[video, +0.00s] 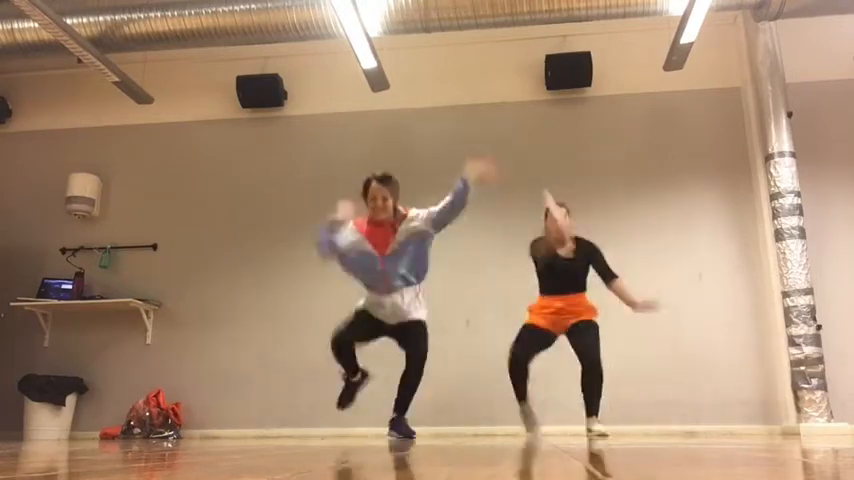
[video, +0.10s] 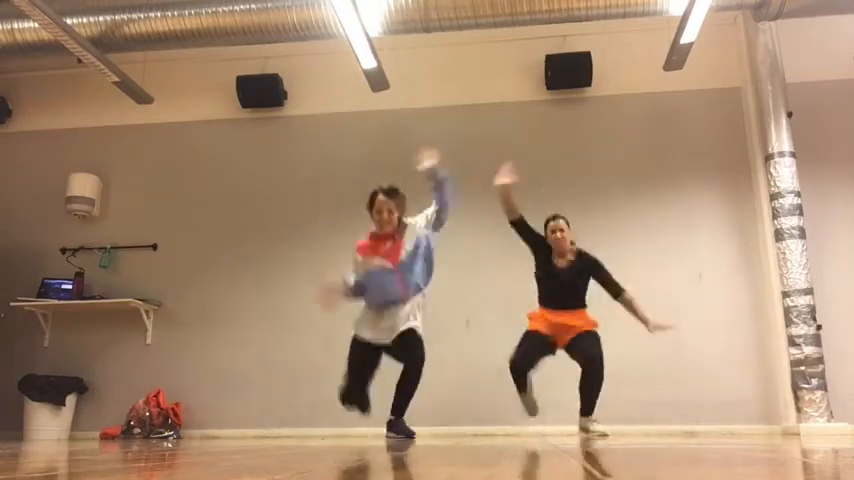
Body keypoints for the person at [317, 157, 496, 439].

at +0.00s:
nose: (378, 204)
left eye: (384, 198)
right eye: (373, 199)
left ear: (395, 200)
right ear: (366, 202)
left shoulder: (416, 224)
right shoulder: (354, 232)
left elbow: (447, 211)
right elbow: (327, 250)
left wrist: (466, 182)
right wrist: (333, 224)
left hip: (408, 309)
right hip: (374, 309)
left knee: (417, 356)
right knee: (340, 341)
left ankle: (399, 418)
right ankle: (354, 376)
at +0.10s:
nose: (385, 217)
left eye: (390, 211)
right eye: (379, 212)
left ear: (400, 212)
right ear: (371, 215)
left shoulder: (416, 230)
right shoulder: (364, 249)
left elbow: (441, 211)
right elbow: (359, 288)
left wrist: (436, 177)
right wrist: (342, 290)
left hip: (404, 321)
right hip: (371, 323)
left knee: (415, 360)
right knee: (354, 392)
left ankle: (396, 420)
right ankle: (356, 397)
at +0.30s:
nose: (381, 239)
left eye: (387, 233)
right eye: (375, 233)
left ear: (395, 237)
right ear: (367, 236)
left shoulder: (401, 262)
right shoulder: (361, 264)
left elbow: (417, 249)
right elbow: (364, 293)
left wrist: (426, 228)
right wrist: (386, 296)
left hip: (398, 349)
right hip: (370, 354)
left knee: (423, 352)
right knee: (364, 429)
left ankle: (405, 416)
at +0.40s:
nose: (378, 242)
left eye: (383, 236)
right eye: (371, 236)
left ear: (391, 239)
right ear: (363, 240)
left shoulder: (396, 270)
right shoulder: (357, 276)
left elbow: (416, 269)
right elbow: (353, 260)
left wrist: (435, 261)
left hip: (390, 349)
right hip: (363, 358)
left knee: (423, 351)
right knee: (364, 429)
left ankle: (431, 409)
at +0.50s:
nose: (371, 240)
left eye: (376, 234)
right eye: (365, 234)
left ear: (385, 238)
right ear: (355, 238)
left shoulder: (392, 271)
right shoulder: (346, 261)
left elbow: (413, 291)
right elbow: (331, 236)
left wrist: (442, 289)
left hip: (389, 344)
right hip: (356, 348)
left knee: (418, 391)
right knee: (359, 426)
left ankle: (441, 398)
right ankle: (348, 418)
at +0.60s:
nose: (365, 238)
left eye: (370, 232)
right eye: (359, 233)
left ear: (379, 236)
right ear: (350, 237)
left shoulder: (390, 266)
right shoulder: (342, 261)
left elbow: (410, 296)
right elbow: (308, 255)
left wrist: (441, 290)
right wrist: (315, 234)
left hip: (390, 346)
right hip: (359, 349)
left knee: (407, 419)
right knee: (363, 429)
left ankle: (393, 422)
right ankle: (326, 415)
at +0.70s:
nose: (364, 242)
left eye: (369, 236)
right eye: (358, 236)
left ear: (379, 239)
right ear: (350, 241)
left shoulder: (395, 267)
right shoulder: (345, 278)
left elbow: (427, 289)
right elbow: (315, 303)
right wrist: (306, 277)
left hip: (389, 360)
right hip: (357, 361)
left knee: (389, 430)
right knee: (362, 429)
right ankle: (310, 417)